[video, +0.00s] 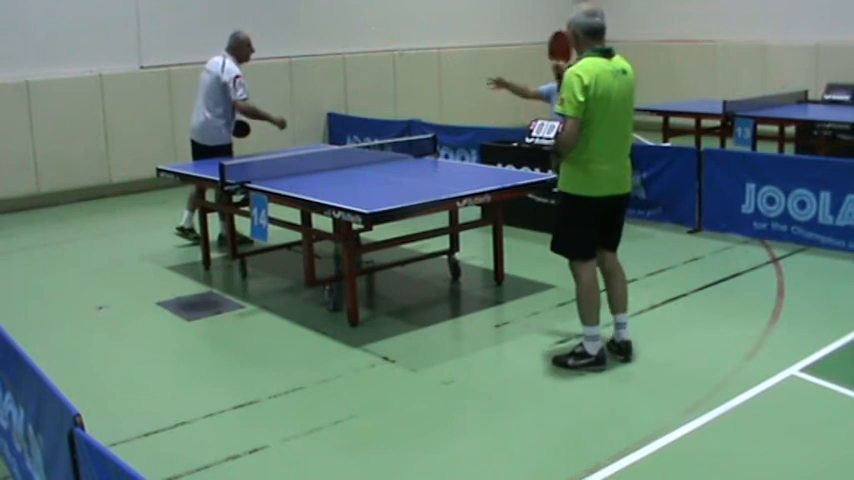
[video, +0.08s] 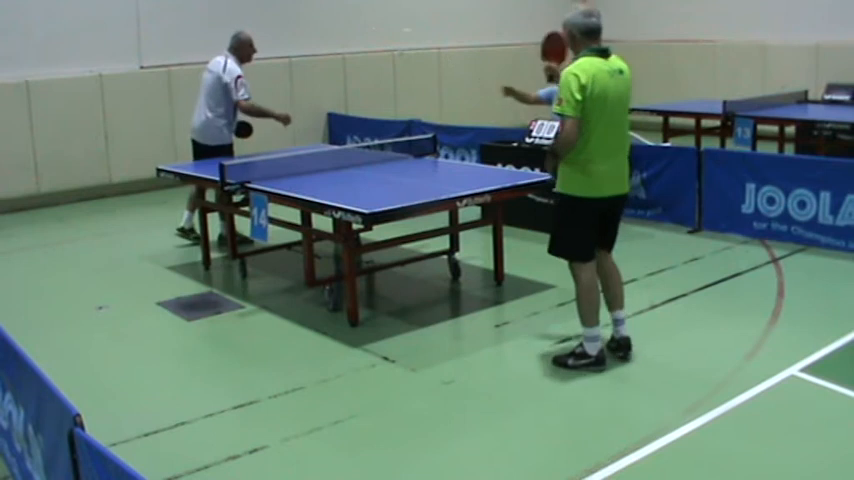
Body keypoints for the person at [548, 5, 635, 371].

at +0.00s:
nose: (567, 41)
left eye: (568, 37)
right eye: (569, 37)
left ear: (573, 37)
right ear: (603, 35)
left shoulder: (578, 75)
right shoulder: (624, 69)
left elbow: (569, 134)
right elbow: (615, 119)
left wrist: (554, 156)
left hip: (582, 187)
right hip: (617, 184)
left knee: (583, 264)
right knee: (607, 255)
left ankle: (592, 347)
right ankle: (622, 337)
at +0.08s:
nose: (562, 41)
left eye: (563, 36)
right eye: (564, 36)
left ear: (569, 37)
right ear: (599, 35)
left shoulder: (575, 74)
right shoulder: (621, 69)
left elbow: (570, 132)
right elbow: (609, 115)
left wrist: (552, 156)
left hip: (581, 187)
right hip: (615, 184)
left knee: (582, 264)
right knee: (602, 254)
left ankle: (591, 347)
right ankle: (621, 335)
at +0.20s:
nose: (558, 42)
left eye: (558, 37)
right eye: (559, 37)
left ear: (565, 38)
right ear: (592, 36)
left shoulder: (570, 75)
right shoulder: (615, 68)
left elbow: (567, 134)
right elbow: (604, 113)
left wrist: (548, 159)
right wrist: (553, 104)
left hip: (580, 189)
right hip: (612, 186)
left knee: (581, 264)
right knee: (594, 253)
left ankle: (592, 347)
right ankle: (617, 325)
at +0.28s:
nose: (554, 43)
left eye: (554, 38)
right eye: (554, 38)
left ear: (562, 38)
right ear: (588, 36)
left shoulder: (570, 76)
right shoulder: (611, 68)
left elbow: (567, 136)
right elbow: (610, 121)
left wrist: (546, 161)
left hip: (580, 188)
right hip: (610, 185)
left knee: (579, 264)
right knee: (590, 252)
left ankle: (591, 347)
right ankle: (611, 320)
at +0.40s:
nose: (549, 42)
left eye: (550, 36)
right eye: (550, 36)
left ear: (558, 38)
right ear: (584, 36)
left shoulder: (568, 75)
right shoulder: (607, 68)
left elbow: (569, 134)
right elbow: (602, 114)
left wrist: (543, 161)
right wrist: (553, 108)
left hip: (580, 188)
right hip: (608, 184)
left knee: (578, 262)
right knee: (587, 255)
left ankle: (591, 348)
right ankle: (604, 324)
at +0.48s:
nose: (548, 41)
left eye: (548, 35)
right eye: (548, 35)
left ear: (556, 37)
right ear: (583, 35)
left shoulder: (568, 76)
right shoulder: (604, 67)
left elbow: (569, 136)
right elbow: (600, 111)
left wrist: (539, 166)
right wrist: (552, 100)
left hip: (579, 189)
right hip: (605, 184)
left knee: (578, 262)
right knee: (586, 258)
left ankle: (591, 347)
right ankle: (595, 332)